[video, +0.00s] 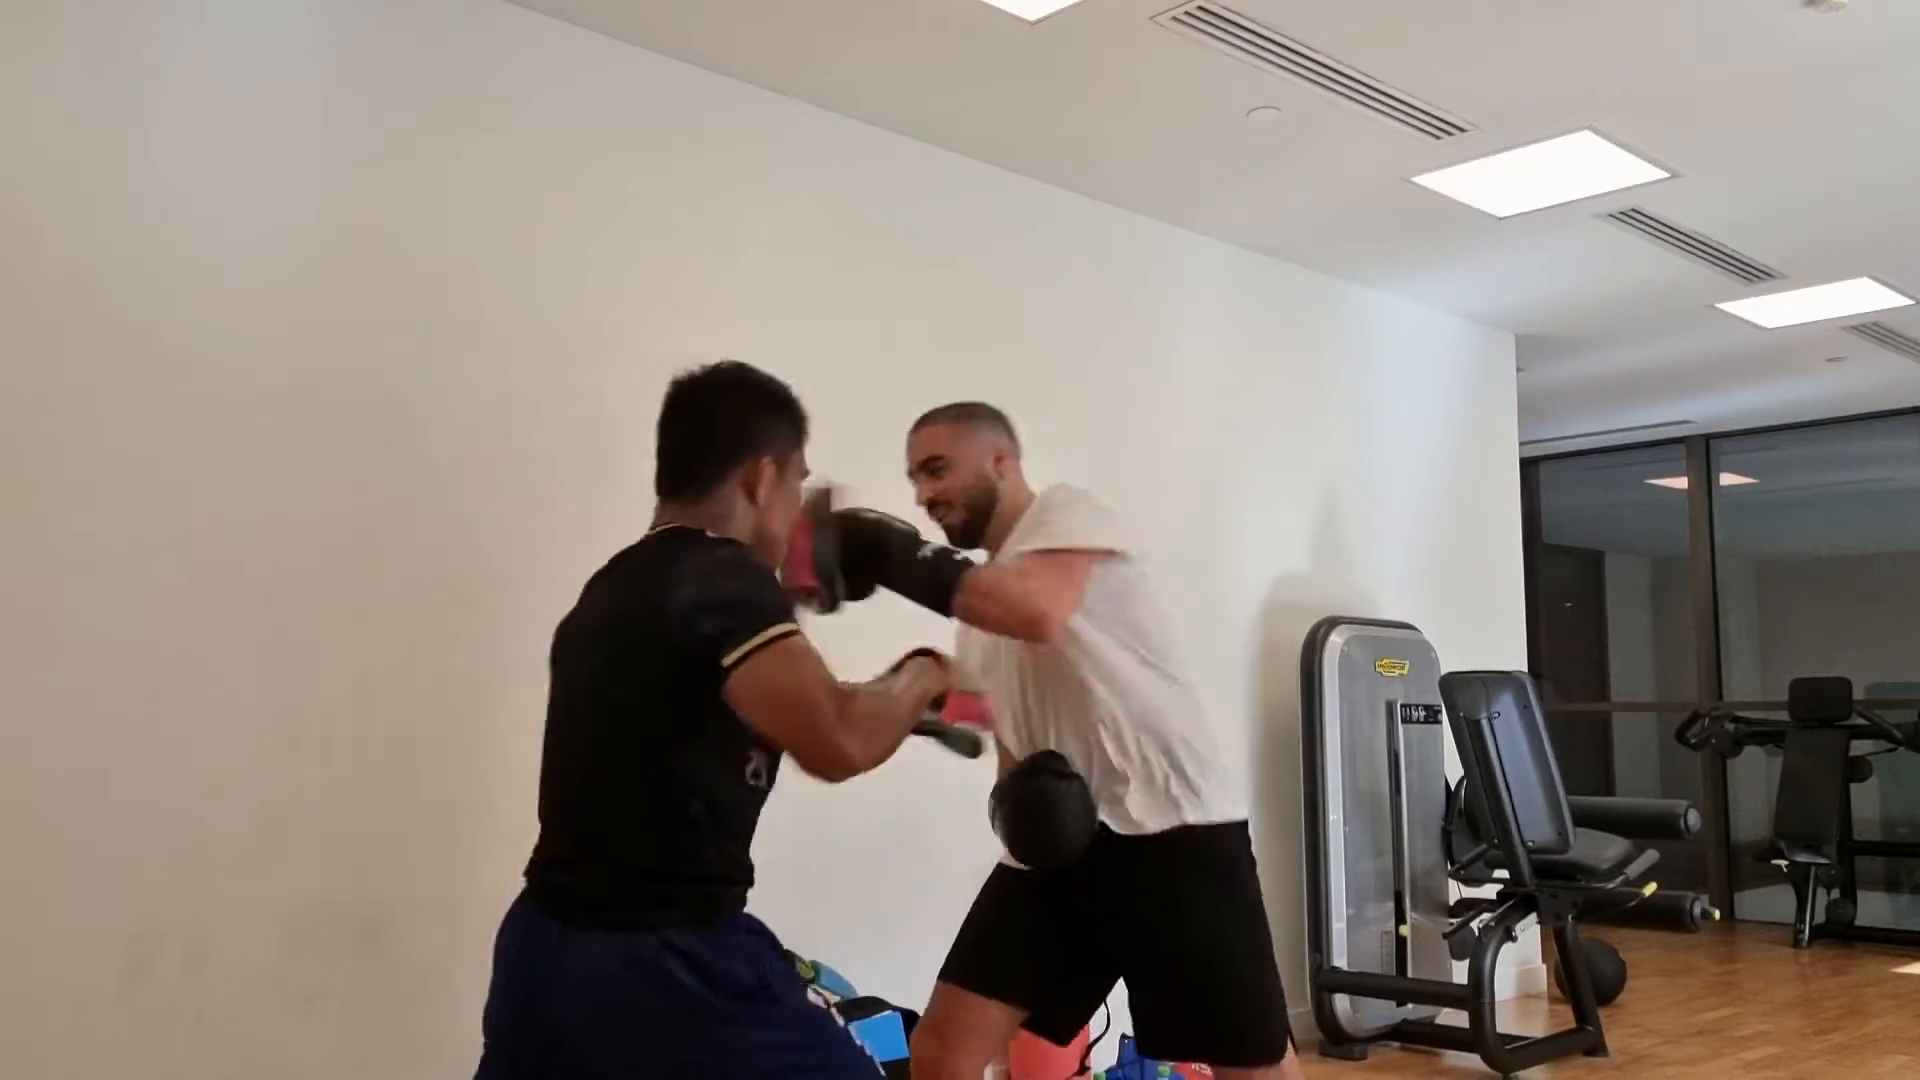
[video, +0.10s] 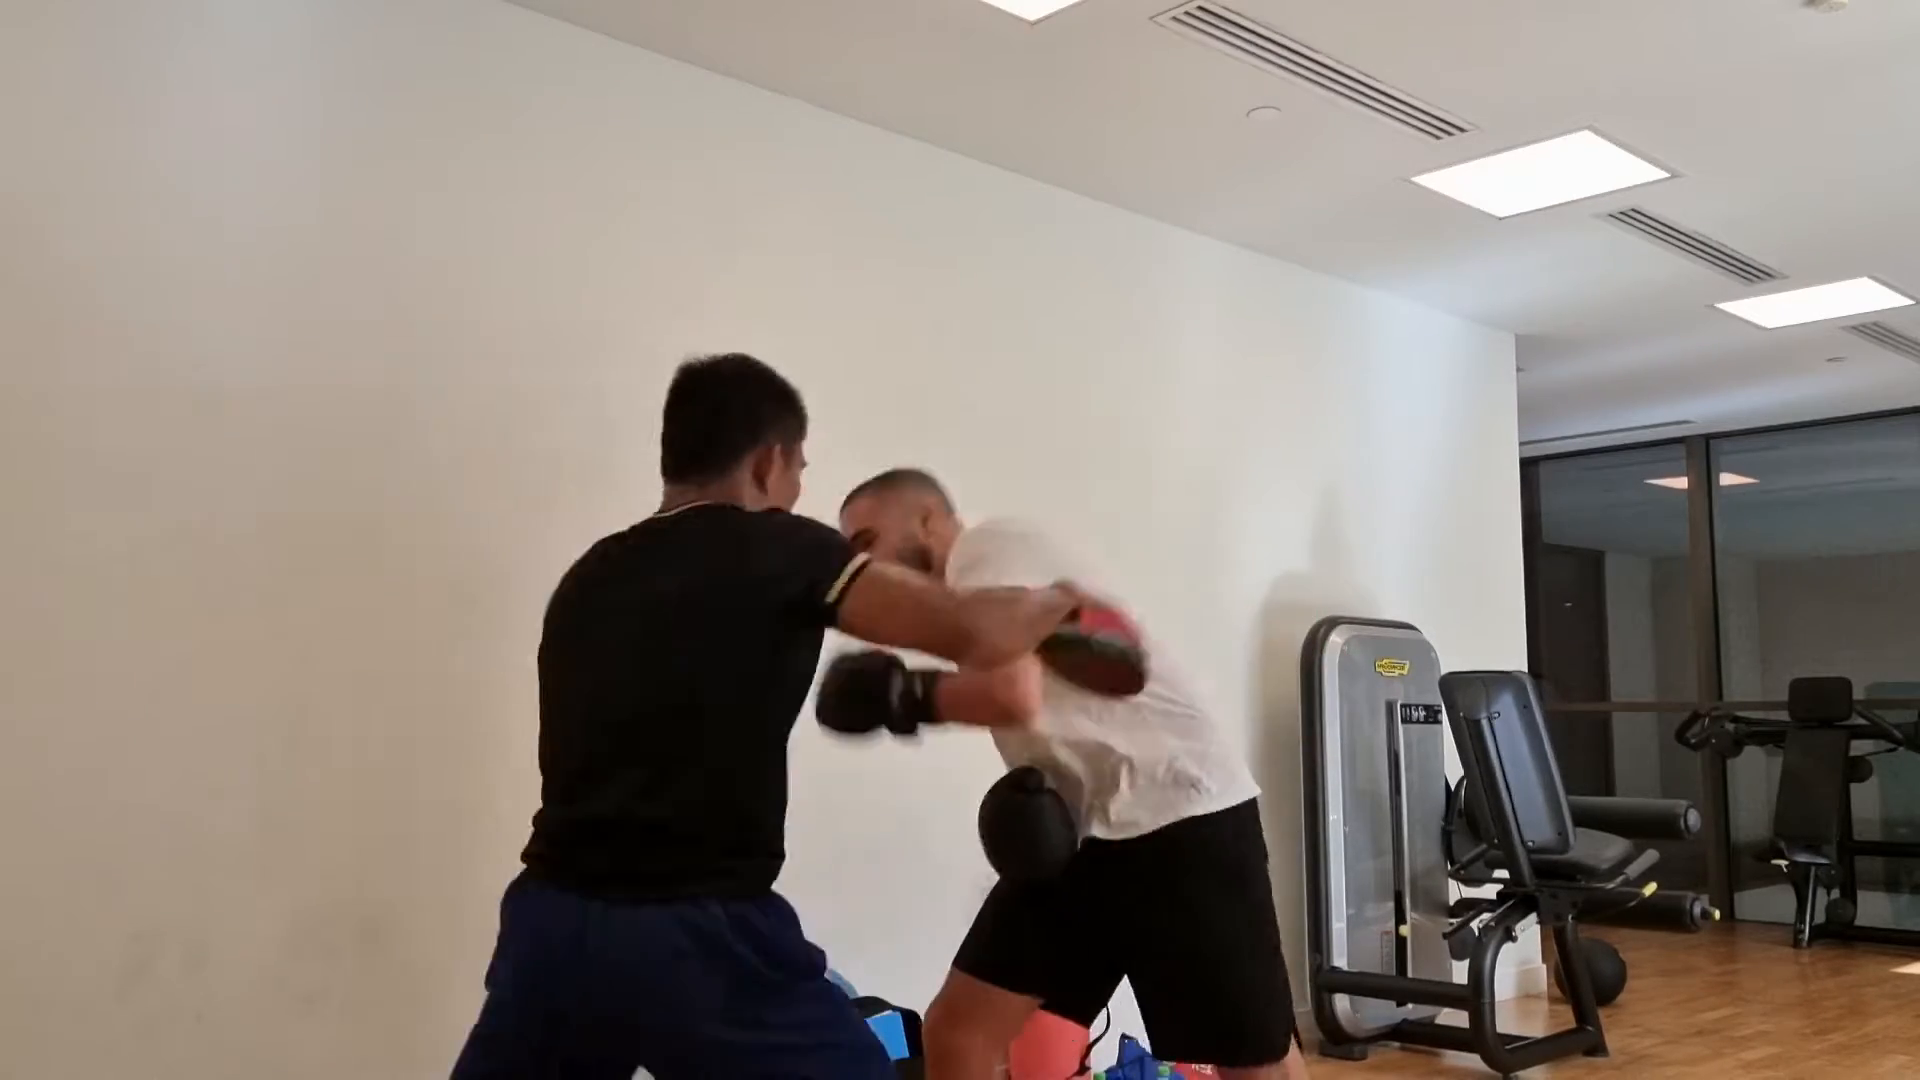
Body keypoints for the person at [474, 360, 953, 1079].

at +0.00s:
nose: (798, 503)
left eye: (801, 482)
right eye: (798, 481)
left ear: (672, 471)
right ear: (760, 479)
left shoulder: (607, 590)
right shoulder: (721, 581)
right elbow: (839, 742)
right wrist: (920, 677)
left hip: (545, 954)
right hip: (680, 966)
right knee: (847, 1064)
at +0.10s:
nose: (798, 493)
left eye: (800, 472)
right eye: (798, 470)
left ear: (671, 461)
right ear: (765, 461)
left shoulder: (583, 578)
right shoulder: (781, 544)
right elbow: (967, 627)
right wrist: (1055, 601)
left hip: (549, 939)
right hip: (713, 945)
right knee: (855, 1059)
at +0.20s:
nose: (761, 484)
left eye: (759, 468)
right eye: (761, 467)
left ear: (634, 466)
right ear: (739, 464)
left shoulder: (537, 585)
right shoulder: (780, 550)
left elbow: (503, 746)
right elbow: (954, 528)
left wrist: (614, 694)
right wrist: (1075, 509)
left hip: (533, 941)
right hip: (719, 946)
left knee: (461, 1060)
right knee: (839, 1059)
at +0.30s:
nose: (709, 493)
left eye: (709, 475)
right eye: (708, 473)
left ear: (580, 474)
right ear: (680, 472)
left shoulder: (487, 589)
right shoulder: (727, 553)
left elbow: (435, 734)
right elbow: (846, 532)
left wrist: (546, 684)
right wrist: (897, 501)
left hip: (505, 958)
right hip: (690, 955)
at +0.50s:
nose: (650, 521)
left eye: (652, 499)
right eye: (646, 497)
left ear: (518, 495)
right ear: (606, 494)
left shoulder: (417, 607)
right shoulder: (668, 588)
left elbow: (388, 701)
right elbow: (826, 697)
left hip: (464, 993)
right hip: (649, 987)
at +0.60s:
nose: (703, 502)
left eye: (706, 481)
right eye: (701, 480)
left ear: (574, 475)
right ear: (663, 477)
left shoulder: (485, 599)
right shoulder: (697, 567)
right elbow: (856, 697)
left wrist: (563, 542)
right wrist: (874, 675)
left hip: (481, 968)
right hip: (652, 973)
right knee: (795, 1061)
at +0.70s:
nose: (761, 498)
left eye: (763, 474)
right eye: (758, 472)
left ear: (632, 468)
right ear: (718, 473)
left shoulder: (577, 585)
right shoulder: (684, 569)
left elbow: (704, 740)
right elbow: (835, 717)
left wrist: (763, 595)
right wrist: (826, 656)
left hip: (517, 946)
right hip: (641, 958)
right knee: (799, 1062)